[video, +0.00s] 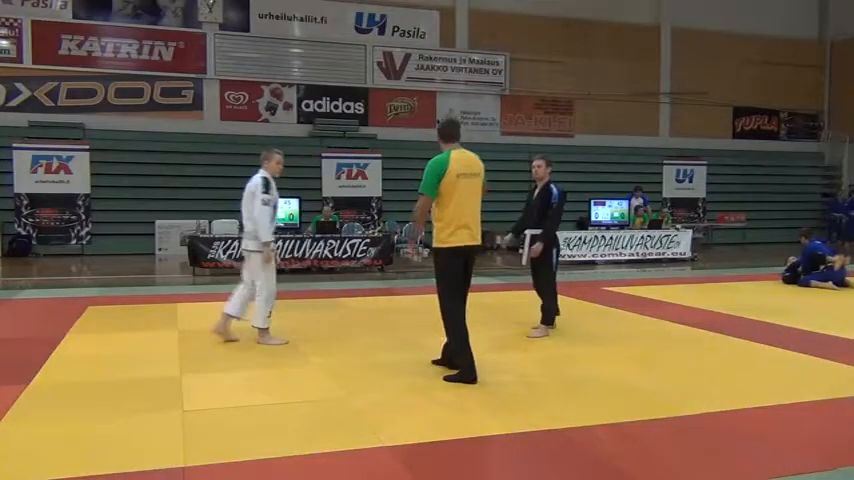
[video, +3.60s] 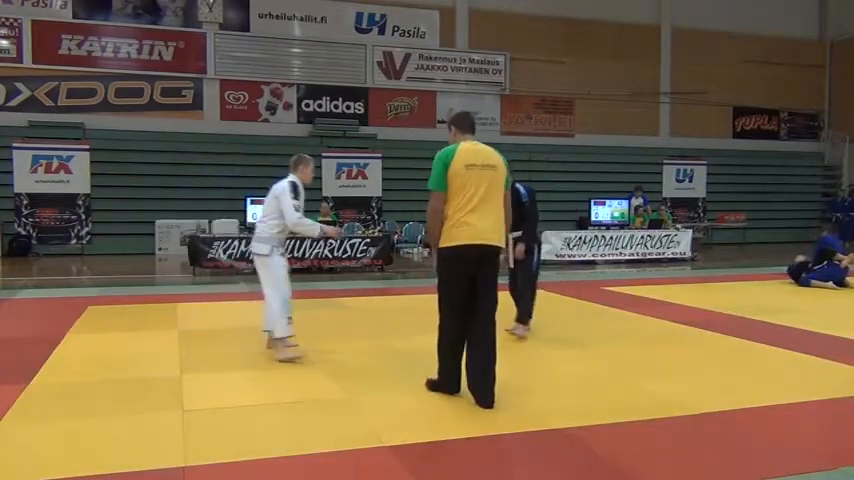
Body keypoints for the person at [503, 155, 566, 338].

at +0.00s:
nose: (535, 170)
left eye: (539, 167)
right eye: (533, 167)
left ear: (548, 169)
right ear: (532, 171)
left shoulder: (554, 192)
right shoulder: (533, 191)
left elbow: (553, 220)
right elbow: (526, 216)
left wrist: (541, 241)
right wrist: (513, 234)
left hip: (547, 241)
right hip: (533, 240)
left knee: (547, 282)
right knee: (538, 282)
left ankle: (546, 323)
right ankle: (551, 310)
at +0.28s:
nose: (534, 171)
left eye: (537, 168)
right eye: (532, 168)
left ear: (547, 169)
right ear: (531, 172)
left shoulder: (557, 191)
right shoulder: (533, 193)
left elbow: (565, 217)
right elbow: (528, 218)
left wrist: (564, 242)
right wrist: (524, 240)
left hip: (553, 241)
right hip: (538, 241)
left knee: (552, 280)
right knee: (542, 281)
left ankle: (549, 321)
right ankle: (552, 312)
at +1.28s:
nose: (548, 171)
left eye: (550, 168)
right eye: (548, 168)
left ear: (558, 169)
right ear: (558, 170)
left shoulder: (568, 190)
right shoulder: (555, 190)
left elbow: (565, 220)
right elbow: (551, 219)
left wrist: (559, 245)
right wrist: (544, 244)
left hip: (561, 241)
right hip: (550, 240)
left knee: (563, 281)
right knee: (550, 281)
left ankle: (569, 322)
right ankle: (552, 317)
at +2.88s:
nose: (535, 175)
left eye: (537, 171)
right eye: (534, 172)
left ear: (548, 170)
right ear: (543, 172)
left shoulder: (560, 190)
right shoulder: (543, 192)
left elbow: (568, 218)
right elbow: (539, 217)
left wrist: (552, 233)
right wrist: (522, 229)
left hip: (562, 243)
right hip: (547, 243)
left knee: (568, 283)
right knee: (537, 281)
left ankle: (569, 324)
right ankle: (528, 319)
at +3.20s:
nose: (512, 179)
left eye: (514, 175)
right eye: (511, 175)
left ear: (524, 172)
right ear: (519, 174)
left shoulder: (540, 189)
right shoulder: (522, 193)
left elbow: (545, 217)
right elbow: (514, 220)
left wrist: (535, 236)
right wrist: (499, 241)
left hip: (546, 239)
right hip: (531, 240)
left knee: (550, 280)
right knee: (526, 281)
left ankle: (564, 321)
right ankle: (525, 320)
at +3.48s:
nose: (502, 180)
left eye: (503, 176)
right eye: (501, 177)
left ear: (510, 173)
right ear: (507, 174)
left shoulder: (526, 189)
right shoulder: (509, 194)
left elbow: (534, 215)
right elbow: (510, 219)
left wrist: (530, 239)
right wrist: (504, 240)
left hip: (530, 237)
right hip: (516, 238)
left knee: (531, 280)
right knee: (518, 280)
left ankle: (542, 321)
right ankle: (523, 319)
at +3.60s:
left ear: (508, 176)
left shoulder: (523, 191)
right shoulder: (502, 194)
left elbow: (530, 219)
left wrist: (523, 242)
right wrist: (505, 242)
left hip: (528, 240)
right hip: (513, 240)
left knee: (526, 281)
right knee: (514, 282)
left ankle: (523, 322)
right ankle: (521, 318)